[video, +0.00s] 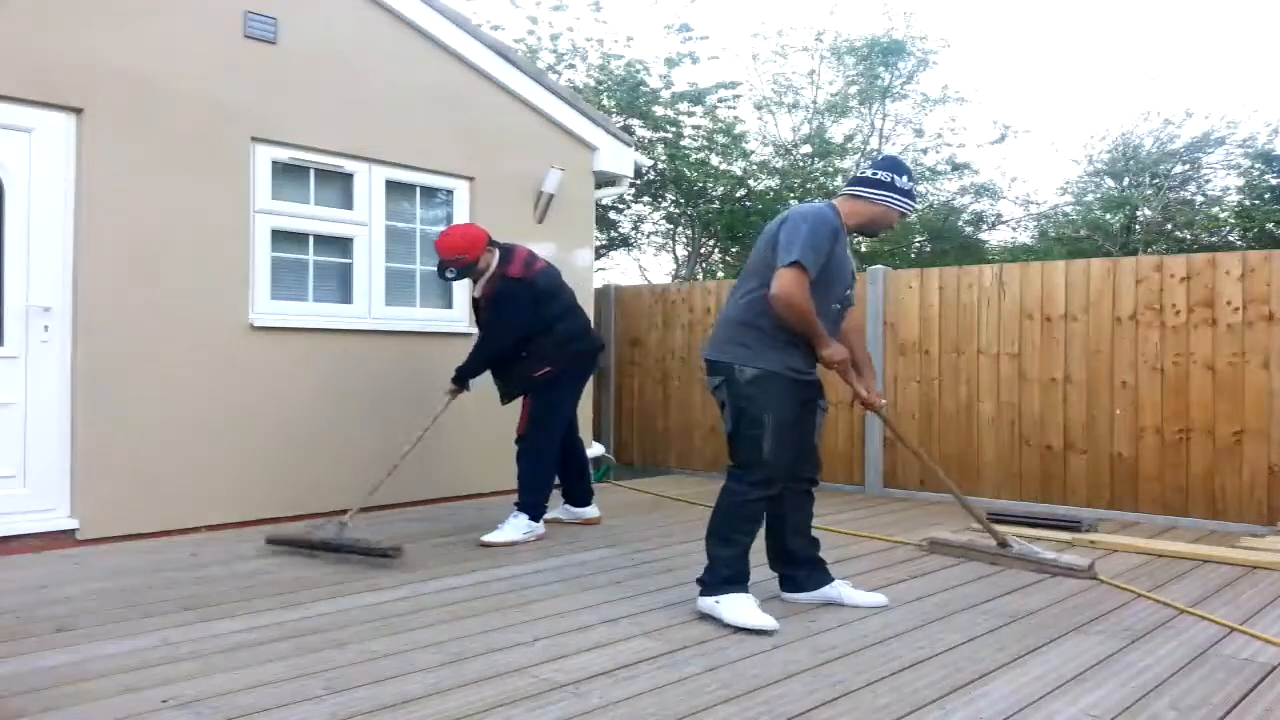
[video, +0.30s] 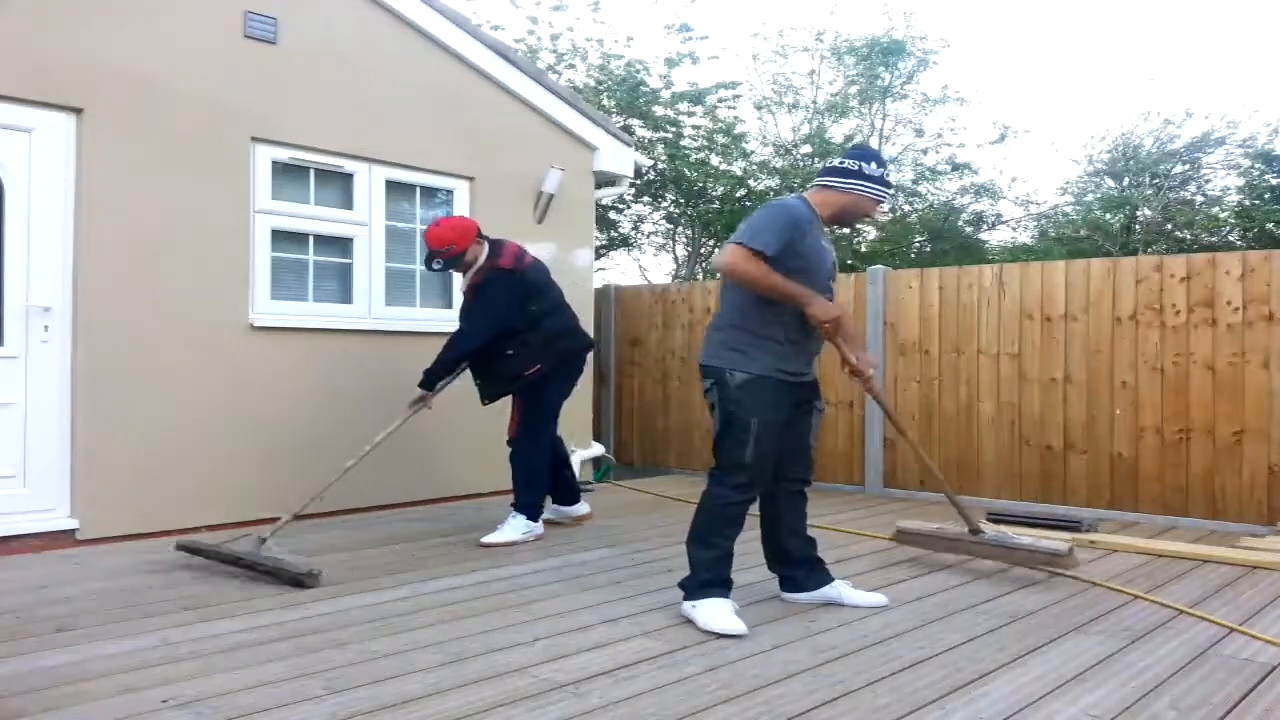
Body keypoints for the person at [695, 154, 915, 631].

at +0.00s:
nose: (898, 222)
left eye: (902, 214)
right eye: (899, 211)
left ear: (869, 196)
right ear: (879, 198)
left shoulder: (842, 256)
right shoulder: (814, 217)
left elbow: (847, 321)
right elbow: (786, 294)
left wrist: (864, 379)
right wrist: (825, 342)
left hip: (791, 370)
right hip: (752, 363)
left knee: (796, 477)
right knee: (757, 474)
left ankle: (803, 579)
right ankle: (721, 587)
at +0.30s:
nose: (874, 213)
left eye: (878, 205)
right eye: (876, 202)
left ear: (846, 188)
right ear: (855, 189)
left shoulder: (822, 246)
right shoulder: (786, 212)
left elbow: (823, 308)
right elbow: (733, 260)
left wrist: (851, 351)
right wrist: (808, 299)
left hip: (792, 376)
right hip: (744, 370)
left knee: (789, 483)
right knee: (735, 481)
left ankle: (803, 581)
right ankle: (704, 591)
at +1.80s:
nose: (928, 211)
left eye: (935, 203)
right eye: (925, 198)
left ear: (932, 199)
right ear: (896, 180)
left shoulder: (916, 246)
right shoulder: (800, 202)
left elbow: (903, 317)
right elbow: (700, 217)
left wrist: (847, 352)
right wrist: (728, 259)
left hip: (839, 378)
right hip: (760, 362)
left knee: (827, 488)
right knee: (745, 479)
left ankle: (822, 594)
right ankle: (737, 585)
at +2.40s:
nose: (766, 183)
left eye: (778, 173)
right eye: (759, 172)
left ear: (809, 170)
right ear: (751, 169)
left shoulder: (852, 222)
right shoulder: (731, 216)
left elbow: (884, 292)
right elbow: (668, 255)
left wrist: (803, 330)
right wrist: (680, 270)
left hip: (826, 377)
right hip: (746, 373)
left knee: (829, 485)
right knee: (752, 482)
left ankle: (823, 593)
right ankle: (762, 584)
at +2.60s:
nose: (743, 181)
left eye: (753, 171)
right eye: (738, 171)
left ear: (787, 167)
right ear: (735, 169)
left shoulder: (832, 218)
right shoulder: (731, 218)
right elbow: (695, 254)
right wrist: (665, 257)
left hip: (813, 373)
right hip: (742, 370)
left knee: (825, 482)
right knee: (753, 483)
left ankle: (843, 590)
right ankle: (764, 583)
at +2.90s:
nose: (727, 193)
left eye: (734, 182)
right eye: (721, 183)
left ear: (765, 172)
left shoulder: (802, 220)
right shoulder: (766, 217)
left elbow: (789, 307)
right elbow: (765, 267)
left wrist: (735, 334)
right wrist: (740, 279)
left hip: (819, 367)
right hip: (777, 364)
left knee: (814, 479)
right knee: (771, 478)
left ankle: (835, 593)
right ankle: (765, 584)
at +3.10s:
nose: (724, 199)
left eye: (731, 188)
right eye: (720, 190)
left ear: (761, 178)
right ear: (760, 181)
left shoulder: (799, 223)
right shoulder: (780, 222)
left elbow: (785, 314)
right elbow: (772, 298)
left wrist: (754, 343)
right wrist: (762, 336)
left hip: (837, 363)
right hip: (803, 360)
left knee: (819, 473)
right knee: (782, 470)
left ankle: (835, 593)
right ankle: (769, 578)